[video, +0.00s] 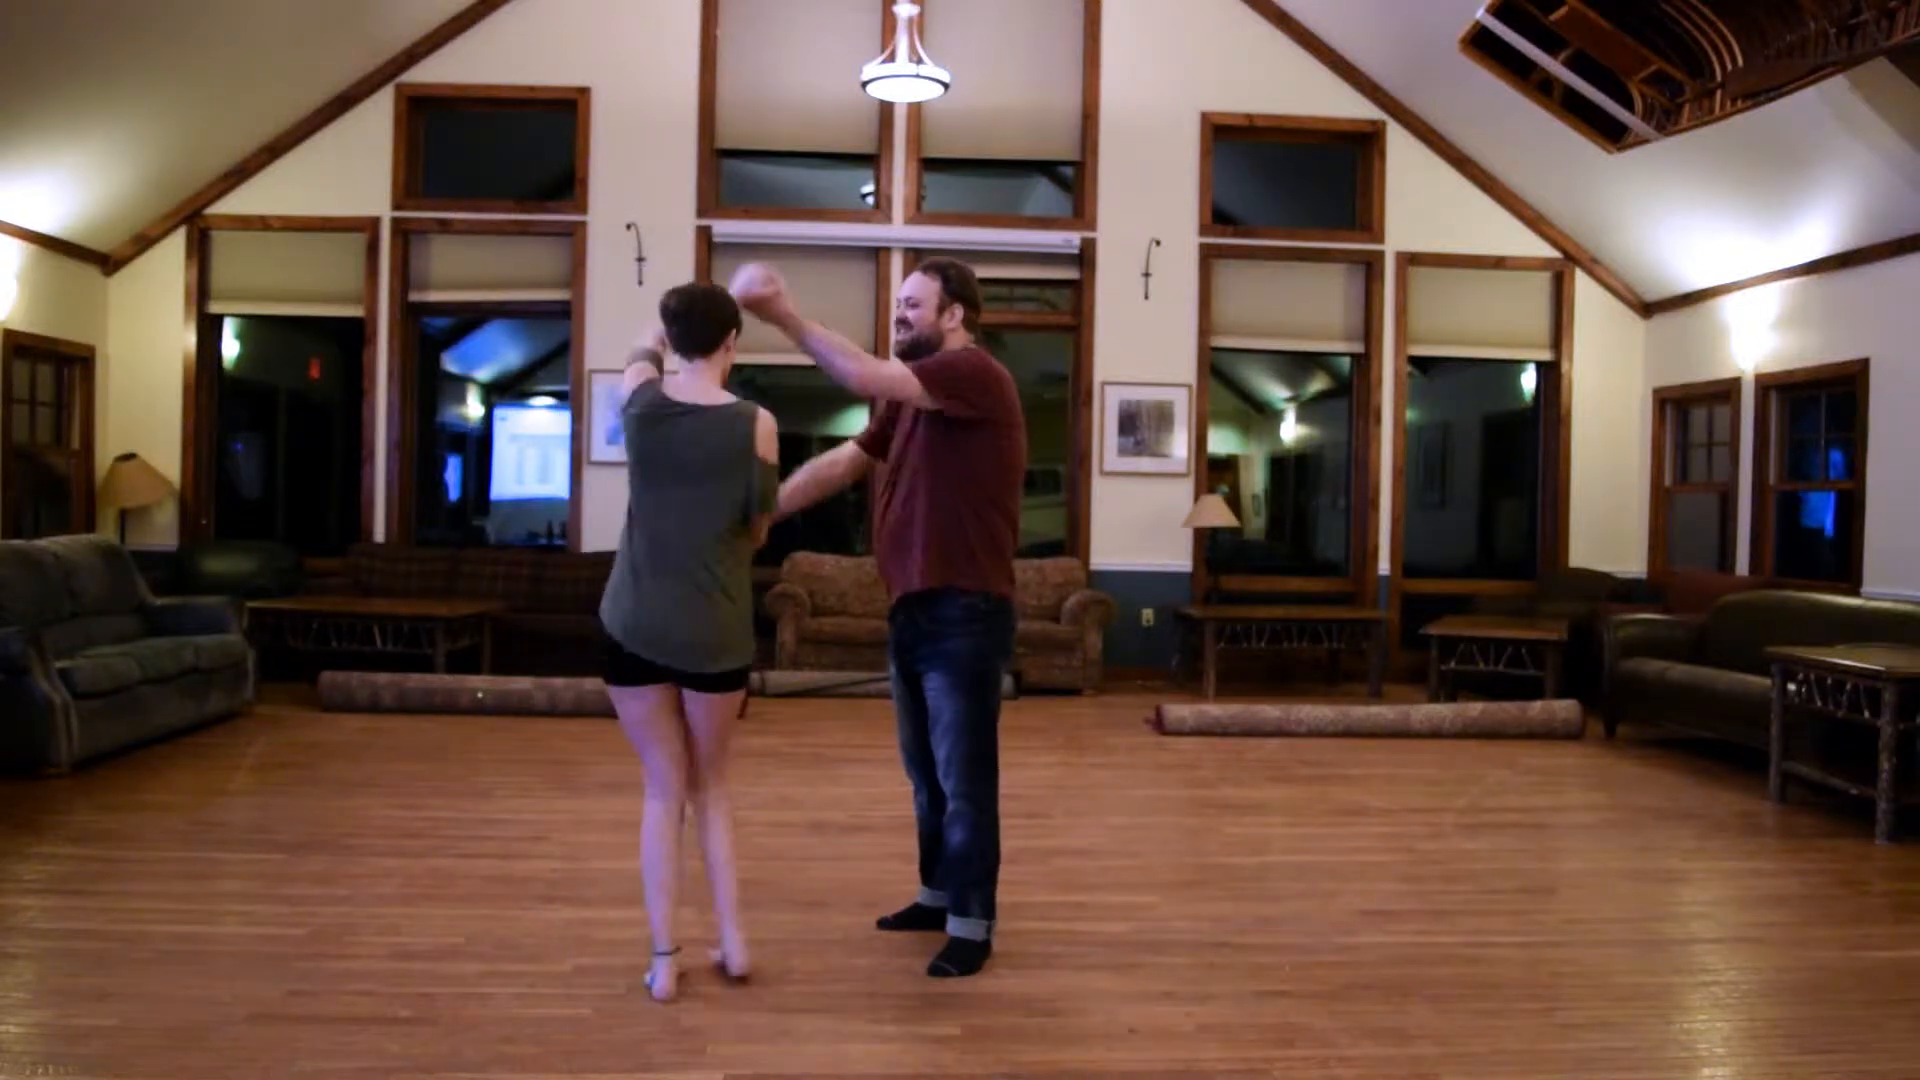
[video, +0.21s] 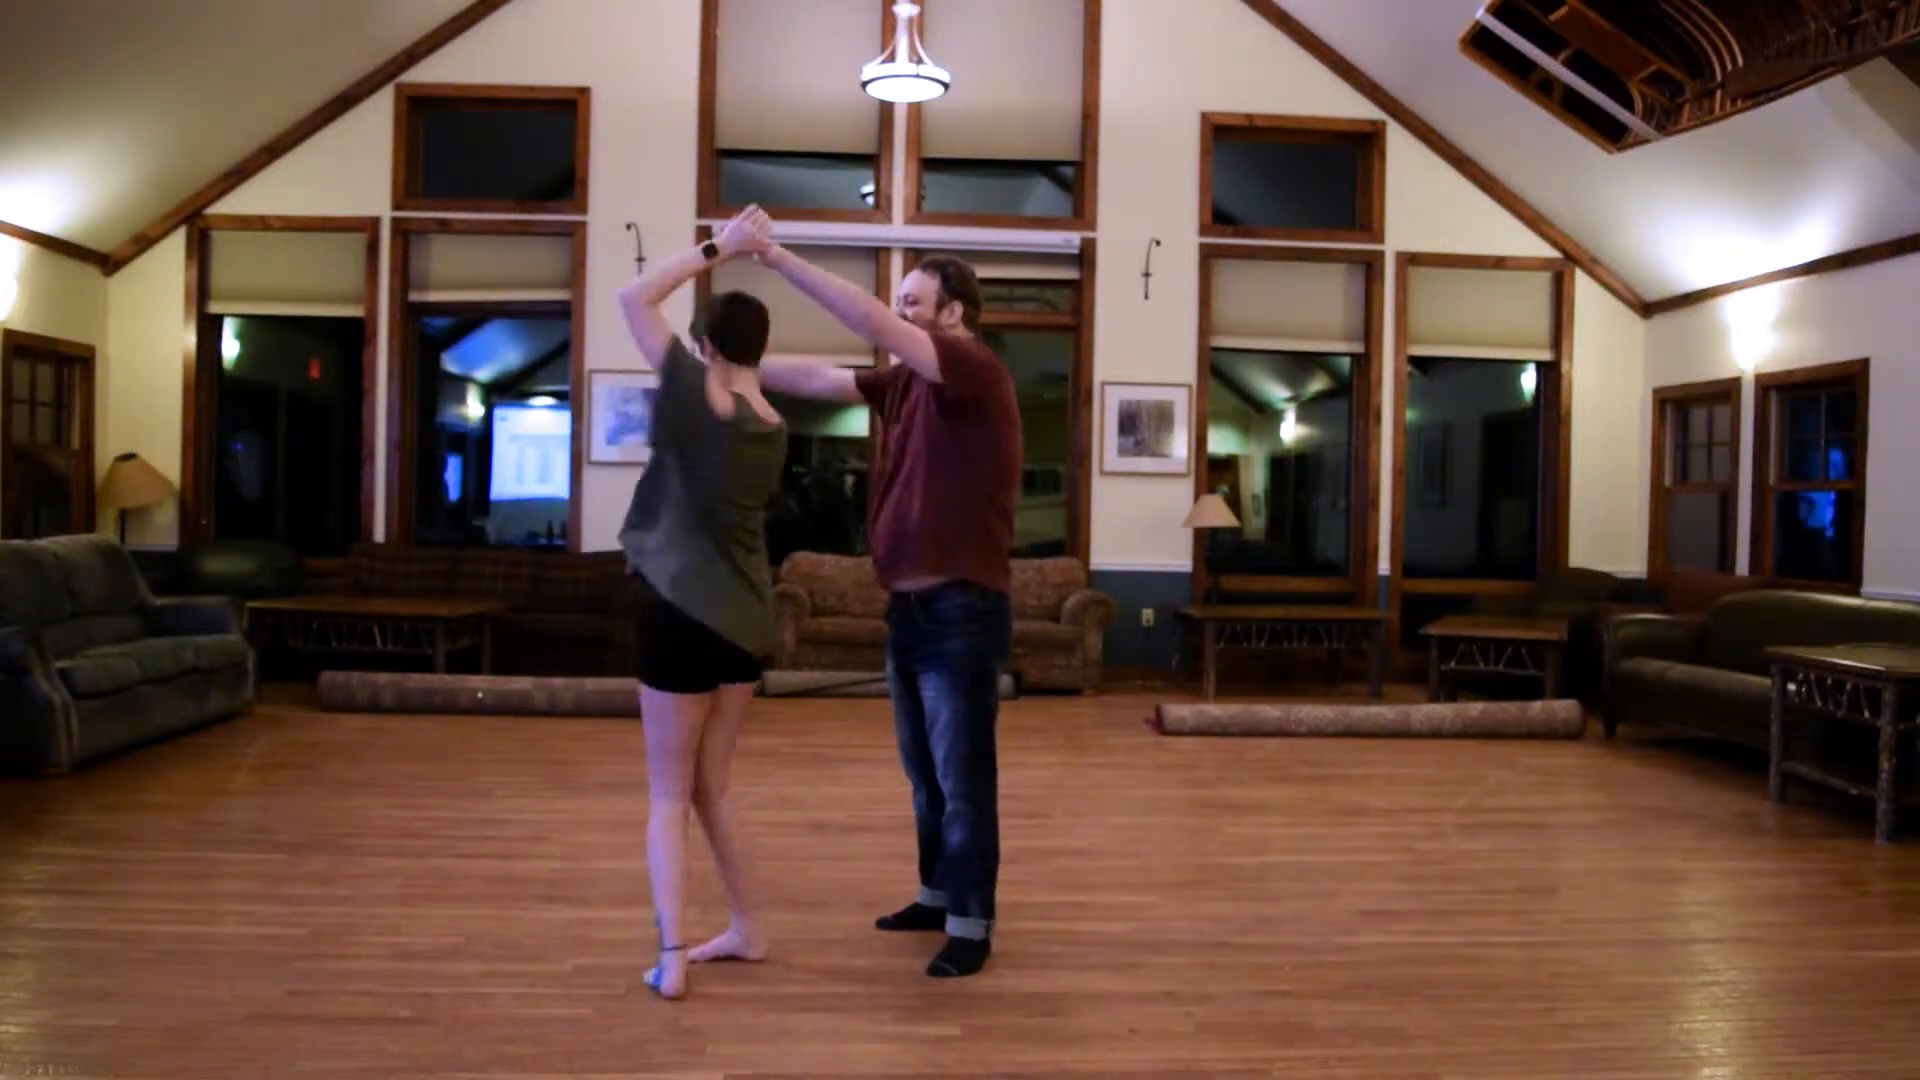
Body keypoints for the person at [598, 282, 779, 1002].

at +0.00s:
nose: (735, 342)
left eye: (667, 336)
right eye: (735, 333)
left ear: (667, 345)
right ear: (732, 343)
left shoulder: (641, 408)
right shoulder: (757, 424)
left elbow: (643, 373)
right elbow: (759, 530)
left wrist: (661, 354)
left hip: (631, 625)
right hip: (717, 633)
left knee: (662, 790)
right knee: (714, 785)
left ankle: (663, 959)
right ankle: (732, 943)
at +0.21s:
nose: (695, 339)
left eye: (701, 327)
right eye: (714, 330)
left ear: (703, 337)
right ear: (761, 349)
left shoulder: (687, 383)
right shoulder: (775, 424)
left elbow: (637, 296)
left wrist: (711, 250)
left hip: (678, 610)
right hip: (747, 616)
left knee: (670, 795)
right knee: (713, 792)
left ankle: (672, 954)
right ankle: (746, 929)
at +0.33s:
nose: (705, 348)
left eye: (717, 339)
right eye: (709, 336)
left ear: (745, 348)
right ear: (746, 349)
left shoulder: (771, 413)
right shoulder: (715, 402)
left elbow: (704, 383)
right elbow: (648, 378)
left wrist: (719, 304)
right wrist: (670, 300)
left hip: (739, 615)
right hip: (719, 609)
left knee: (675, 777)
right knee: (714, 780)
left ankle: (750, 927)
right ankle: (740, 924)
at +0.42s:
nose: (712, 355)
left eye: (725, 345)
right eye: (707, 345)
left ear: (758, 351)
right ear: (701, 355)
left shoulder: (785, 418)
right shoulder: (694, 403)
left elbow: (754, 437)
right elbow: (636, 339)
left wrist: (764, 341)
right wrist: (678, 261)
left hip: (755, 615)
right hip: (695, 608)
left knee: (714, 784)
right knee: (710, 782)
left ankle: (791, 908)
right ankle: (746, 925)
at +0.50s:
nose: (726, 350)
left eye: (738, 339)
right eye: (717, 341)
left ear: (767, 345)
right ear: (708, 351)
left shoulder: (795, 417)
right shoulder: (698, 404)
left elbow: (795, 477)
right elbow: (639, 317)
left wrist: (796, 388)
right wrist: (696, 250)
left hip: (772, 611)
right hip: (699, 603)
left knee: (751, 782)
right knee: (717, 777)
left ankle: (796, 897)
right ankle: (748, 929)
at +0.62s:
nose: (754, 344)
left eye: (762, 333)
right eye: (739, 335)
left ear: (774, 345)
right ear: (713, 349)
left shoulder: (802, 421)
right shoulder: (692, 411)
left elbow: (821, 513)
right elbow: (680, 335)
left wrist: (852, 471)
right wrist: (755, 284)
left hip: (787, 604)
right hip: (708, 601)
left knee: (793, 775)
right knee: (736, 773)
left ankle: (778, 894)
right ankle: (757, 928)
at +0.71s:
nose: (777, 350)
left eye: (779, 339)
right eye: (762, 339)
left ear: (780, 349)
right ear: (723, 350)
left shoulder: (803, 424)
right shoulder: (700, 420)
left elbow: (824, 522)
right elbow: (711, 397)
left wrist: (873, 534)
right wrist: (788, 360)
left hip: (792, 606)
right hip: (714, 604)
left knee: (803, 776)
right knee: (744, 773)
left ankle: (748, 904)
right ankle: (754, 930)